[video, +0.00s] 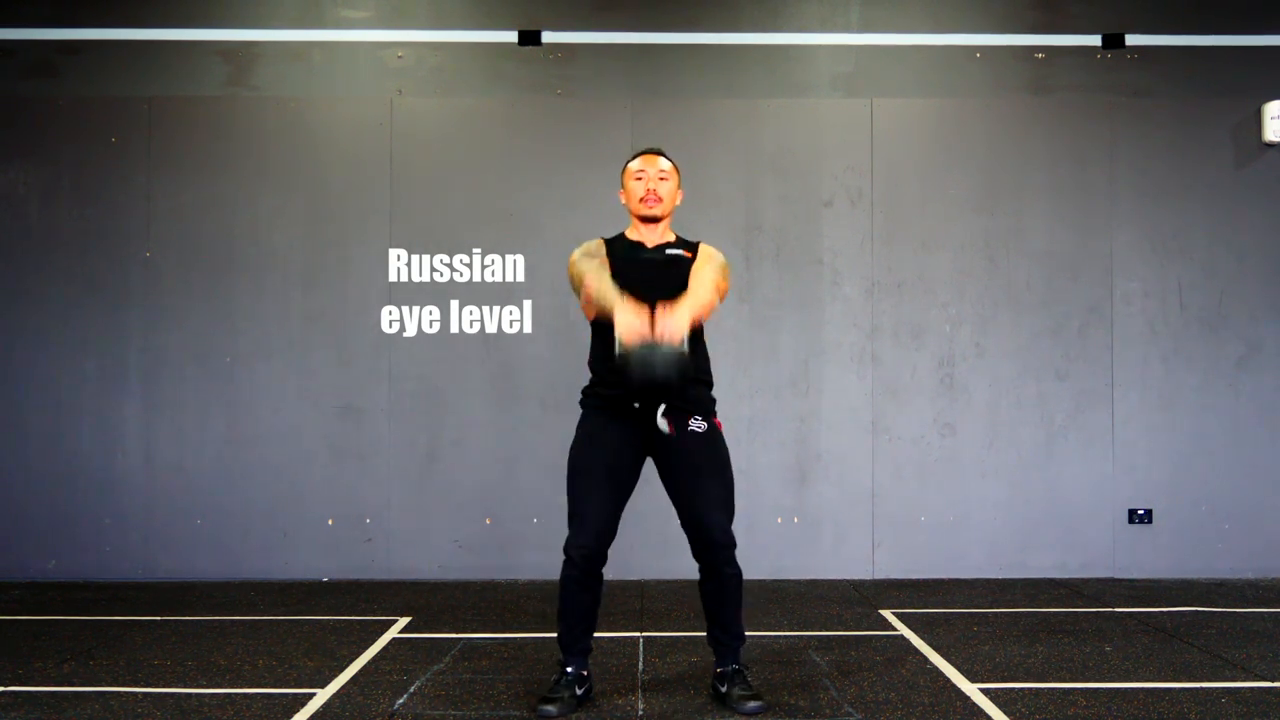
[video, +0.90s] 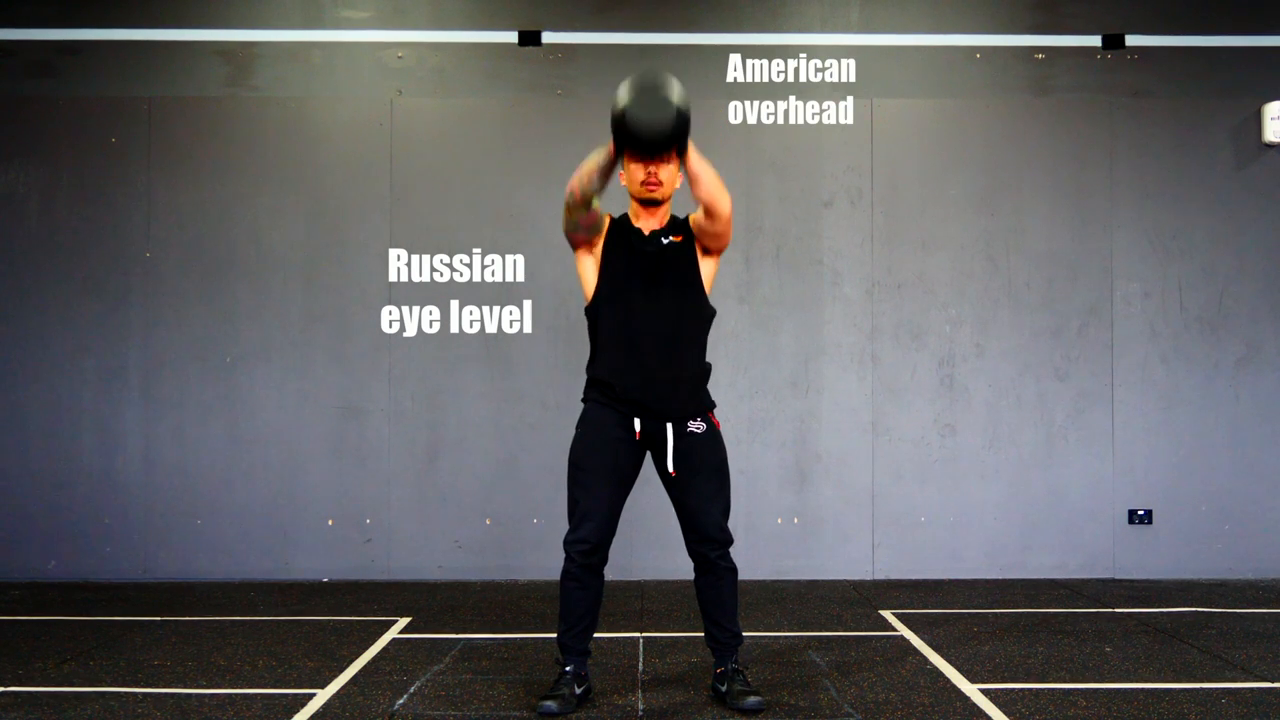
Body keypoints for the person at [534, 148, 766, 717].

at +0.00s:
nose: (651, 183)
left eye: (662, 176)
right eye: (639, 175)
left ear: (679, 194)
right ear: (622, 194)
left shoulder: (705, 257)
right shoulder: (593, 254)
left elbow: (705, 292)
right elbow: (597, 290)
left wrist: (679, 314)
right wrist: (624, 311)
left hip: (687, 417)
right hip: (611, 417)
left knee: (716, 544)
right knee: (584, 546)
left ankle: (730, 671)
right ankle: (573, 673)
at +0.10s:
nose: (653, 181)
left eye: (664, 172)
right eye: (644, 171)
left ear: (679, 190)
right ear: (627, 187)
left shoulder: (703, 255)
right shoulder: (597, 249)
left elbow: (715, 246)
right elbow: (585, 232)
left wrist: (681, 198)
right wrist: (613, 199)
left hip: (686, 415)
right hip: (610, 412)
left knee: (712, 542)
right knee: (583, 545)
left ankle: (729, 670)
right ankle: (573, 672)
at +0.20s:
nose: (657, 166)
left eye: (668, 158)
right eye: (644, 158)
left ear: (683, 175)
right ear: (627, 175)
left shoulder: (705, 242)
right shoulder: (600, 234)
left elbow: (714, 189)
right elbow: (584, 175)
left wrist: (679, 116)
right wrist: (617, 116)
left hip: (686, 414)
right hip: (609, 413)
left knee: (709, 545)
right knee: (586, 543)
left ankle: (729, 672)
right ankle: (573, 674)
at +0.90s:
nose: (651, 171)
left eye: (663, 161)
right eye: (640, 161)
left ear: (679, 171)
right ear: (622, 171)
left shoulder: (701, 240)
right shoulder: (596, 236)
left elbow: (719, 208)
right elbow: (575, 200)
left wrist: (681, 143)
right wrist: (616, 146)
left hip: (687, 414)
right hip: (611, 412)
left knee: (712, 545)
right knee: (585, 543)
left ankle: (729, 670)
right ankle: (572, 673)